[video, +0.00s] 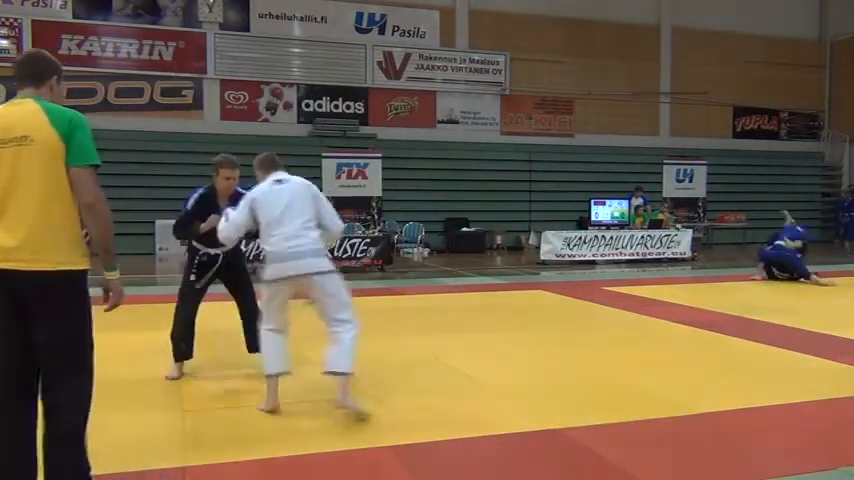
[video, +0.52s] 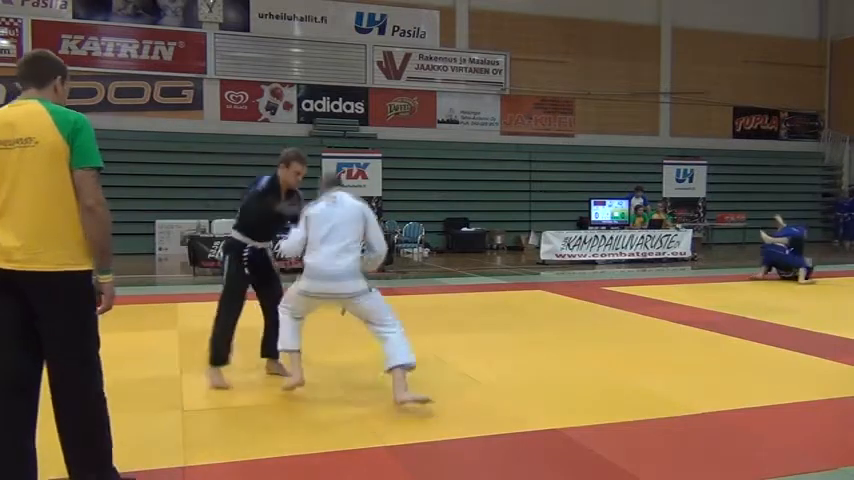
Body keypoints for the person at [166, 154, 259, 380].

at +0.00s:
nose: (232, 184)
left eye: (235, 179)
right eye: (227, 179)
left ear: (239, 178)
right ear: (215, 178)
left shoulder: (245, 199)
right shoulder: (200, 198)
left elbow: (257, 229)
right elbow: (179, 231)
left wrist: (235, 226)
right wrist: (203, 227)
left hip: (232, 256)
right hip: (201, 256)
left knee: (248, 301)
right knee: (186, 306)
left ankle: (260, 352)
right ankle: (178, 362)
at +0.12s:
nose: (247, 182)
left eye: (250, 177)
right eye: (242, 176)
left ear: (253, 178)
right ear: (230, 174)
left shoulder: (254, 201)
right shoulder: (212, 197)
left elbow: (270, 222)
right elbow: (193, 229)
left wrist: (246, 225)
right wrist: (217, 225)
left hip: (237, 259)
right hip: (207, 258)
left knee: (251, 308)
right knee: (188, 307)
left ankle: (262, 358)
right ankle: (178, 362)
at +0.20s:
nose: (259, 181)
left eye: (263, 177)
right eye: (256, 176)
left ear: (265, 179)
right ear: (243, 173)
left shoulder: (264, 204)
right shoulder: (225, 196)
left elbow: (273, 230)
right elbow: (201, 225)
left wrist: (254, 233)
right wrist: (229, 228)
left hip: (242, 259)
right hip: (214, 257)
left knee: (258, 307)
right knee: (193, 307)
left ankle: (266, 361)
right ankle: (180, 363)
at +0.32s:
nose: (279, 181)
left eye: (282, 177)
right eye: (275, 175)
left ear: (284, 178)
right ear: (262, 172)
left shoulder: (280, 204)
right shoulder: (242, 194)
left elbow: (283, 230)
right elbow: (215, 221)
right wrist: (239, 236)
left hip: (254, 260)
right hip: (227, 257)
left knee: (270, 309)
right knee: (209, 308)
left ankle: (270, 362)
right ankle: (186, 358)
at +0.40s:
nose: (288, 181)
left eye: (292, 176)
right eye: (285, 174)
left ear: (294, 178)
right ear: (272, 172)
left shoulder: (289, 204)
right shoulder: (252, 194)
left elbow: (297, 230)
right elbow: (224, 219)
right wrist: (244, 231)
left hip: (259, 256)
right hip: (233, 253)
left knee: (275, 309)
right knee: (222, 306)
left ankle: (271, 361)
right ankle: (195, 358)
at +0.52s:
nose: (299, 180)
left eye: (302, 176)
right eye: (296, 174)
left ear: (302, 174)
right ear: (282, 168)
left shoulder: (294, 196)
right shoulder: (264, 186)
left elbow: (294, 225)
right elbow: (250, 215)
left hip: (262, 250)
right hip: (239, 247)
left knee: (274, 301)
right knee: (232, 302)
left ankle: (273, 360)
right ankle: (215, 365)